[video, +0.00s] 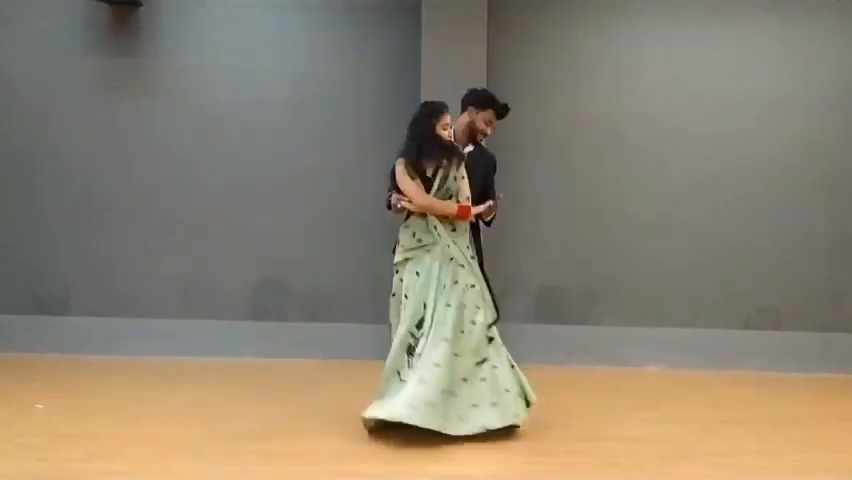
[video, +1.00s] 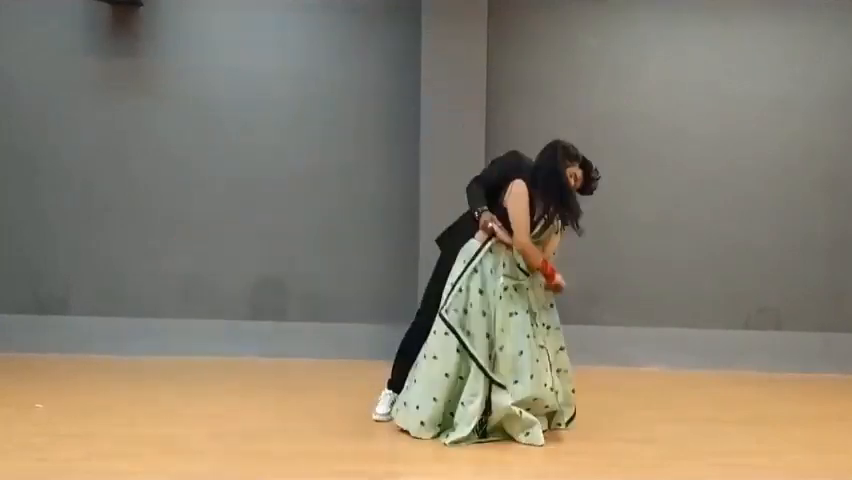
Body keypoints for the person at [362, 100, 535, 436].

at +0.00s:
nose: (451, 132)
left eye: (452, 126)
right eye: (445, 126)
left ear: (452, 129)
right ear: (427, 128)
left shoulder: (457, 163)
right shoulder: (404, 165)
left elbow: (465, 210)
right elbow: (421, 202)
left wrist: (420, 206)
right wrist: (464, 209)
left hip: (456, 253)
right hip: (419, 254)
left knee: (461, 327)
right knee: (424, 328)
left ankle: (464, 406)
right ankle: (422, 404)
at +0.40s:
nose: (472, 126)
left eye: (472, 120)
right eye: (466, 120)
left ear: (471, 126)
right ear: (447, 124)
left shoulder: (483, 165)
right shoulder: (430, 164)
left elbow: (486, 203)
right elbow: (460, 189)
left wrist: (450, 199)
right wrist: (497, 183)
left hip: (483, 256)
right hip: (446, 257)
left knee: (488, 334)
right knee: (448, 334)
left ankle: (489, 413)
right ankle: (446, 413)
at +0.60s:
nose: (517, 125)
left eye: (515, 120)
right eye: (510, 120)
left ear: (507, 128)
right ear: (491, 125)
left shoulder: (526, 168)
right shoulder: (472, 160)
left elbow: (527, 205)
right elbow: (491, 185)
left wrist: (487, 200)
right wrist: (544, 186)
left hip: (509, 256)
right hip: (469, 253)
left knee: (504, 332)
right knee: (463, 330)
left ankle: (502, 412)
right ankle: (457, 411)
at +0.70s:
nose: (541, 137)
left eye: (541, 131)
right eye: (535, 130)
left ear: (537, 137)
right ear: (515, 134)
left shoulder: (544, 180)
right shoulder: (494, 166)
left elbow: (543, 220)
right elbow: (518, 203)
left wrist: (502, 202)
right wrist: (551, 210)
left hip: (515, 263)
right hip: (477, 257)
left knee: (512, 336)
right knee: (468, 334)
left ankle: (506, 413)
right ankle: (460, 414)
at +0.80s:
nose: (565, 163)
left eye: (572, 163)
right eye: (564, 153)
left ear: (573, 169)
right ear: (545, 144)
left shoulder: (553, 192)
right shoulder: (510, 160)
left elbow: (545, 239)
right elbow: (475, 184)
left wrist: (573, 249)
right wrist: (482, 206)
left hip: (512, 261)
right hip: (470, 247)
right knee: (432, 316)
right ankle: (393, 385)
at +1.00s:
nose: (575, 179)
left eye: (579, 175)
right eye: (571, 171)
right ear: (555, 166)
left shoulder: (557, 211)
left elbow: (545, 257)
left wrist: (550, 275)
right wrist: (549, 273)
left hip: (521, 275)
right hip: (488, 266)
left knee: (525, 341)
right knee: (495, 337)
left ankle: (515, 409)